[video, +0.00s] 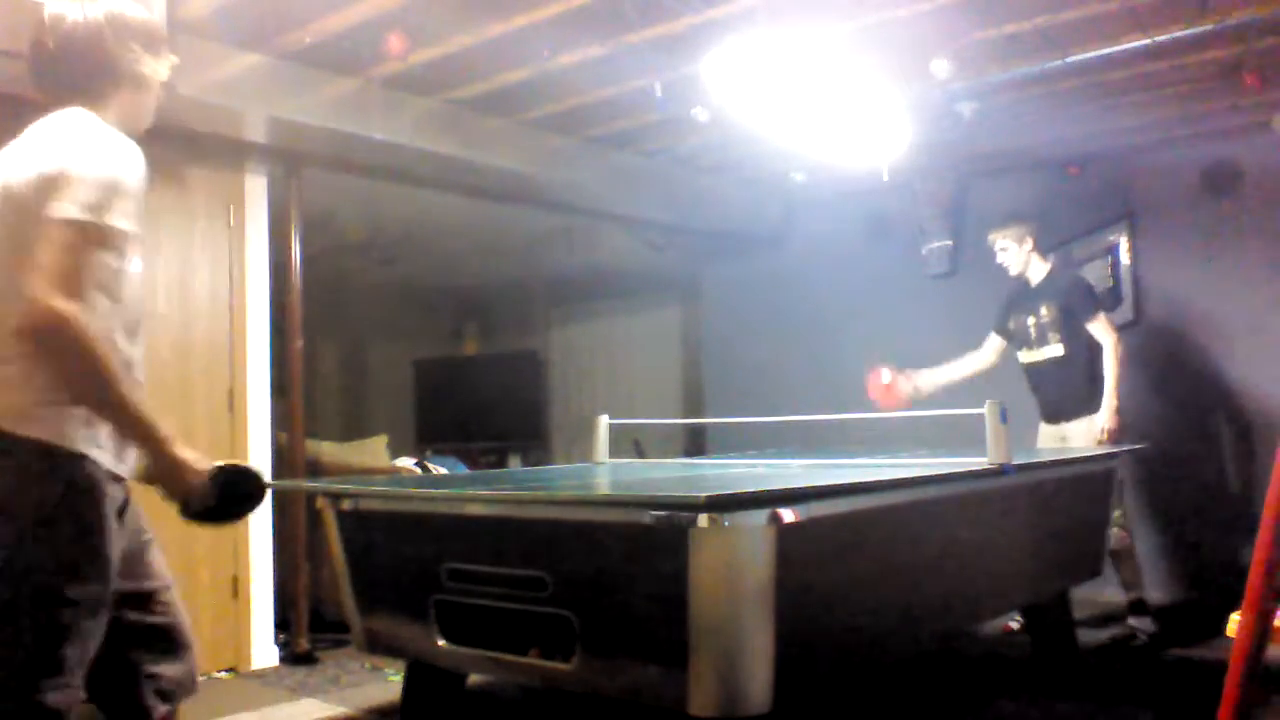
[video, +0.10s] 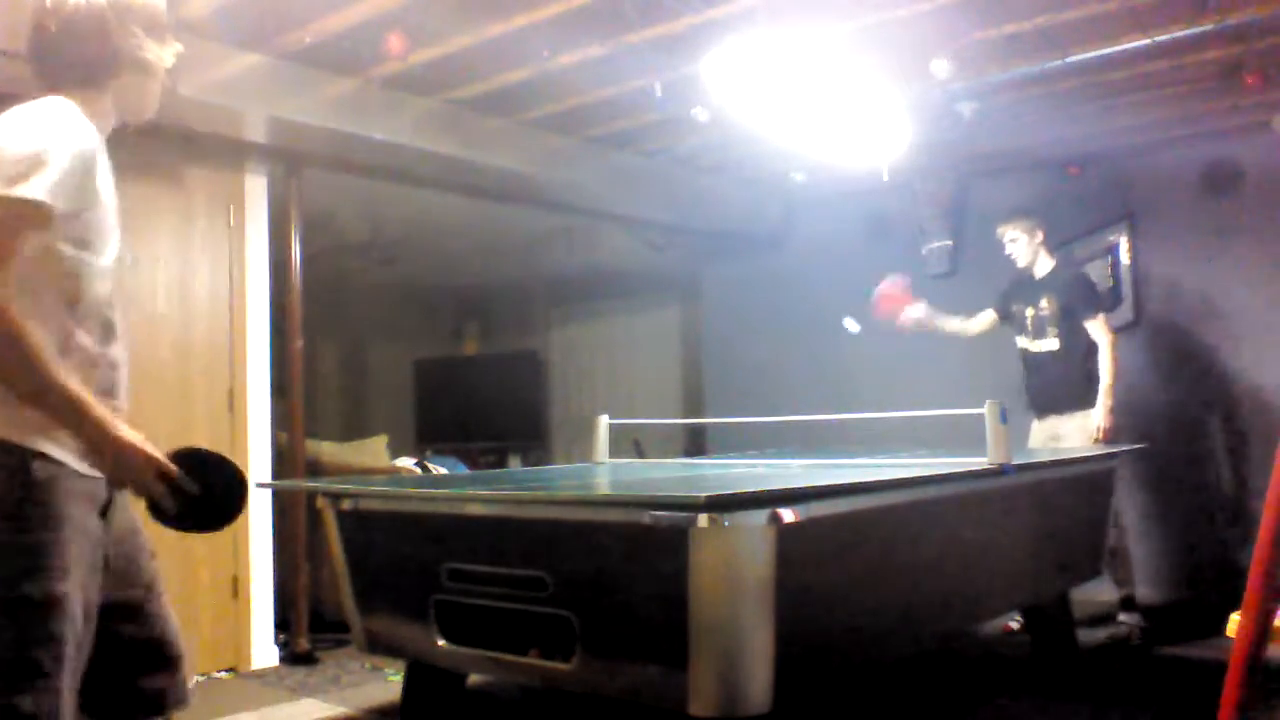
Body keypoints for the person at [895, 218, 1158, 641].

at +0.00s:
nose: (1000, 260)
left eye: (1005, 250)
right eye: (996, 253)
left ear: (1030, 243)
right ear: (1004, 254)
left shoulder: (1068, 286)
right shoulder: (1014, 302)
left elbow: (1112, 342)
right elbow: (985, 357)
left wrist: (1110, 409)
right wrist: (922, 380)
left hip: (1091, 422)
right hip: (1051, 428)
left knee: (1107, 519)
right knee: (1046, 520)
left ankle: (1138, 608)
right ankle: (1038, 609)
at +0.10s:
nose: (1009, 251)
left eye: (1014, 241)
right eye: (1005, 244)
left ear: (1039, 236)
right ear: (1010, 247)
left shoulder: (1071, 281)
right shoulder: (1015, 289)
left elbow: (1105, 340)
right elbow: (973, 326)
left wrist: (1105, 408)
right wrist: (930, 317)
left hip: (1083, 417)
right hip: (1042, 420)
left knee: (1100, 509)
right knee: (1038, 512)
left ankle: (1126, 602)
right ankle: (1035, 606)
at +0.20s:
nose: (1020, 245)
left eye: (1026, 235)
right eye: (1016, 239)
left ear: (1050, 233)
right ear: (1014, 243)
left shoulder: (1079, 281)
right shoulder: (1017, 285)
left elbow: (1107, 345)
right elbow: (966, 313)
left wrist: (1096, 407)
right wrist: (944, 286)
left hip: (1081, 416)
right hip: (1039, 420)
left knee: (1099, 511)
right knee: (1035, 514)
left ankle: (1124, 603)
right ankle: (1034, 607)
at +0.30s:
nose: (1031, 244)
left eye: (1038, 235)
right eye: (1026, 238)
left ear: (1059, 234)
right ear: (1023, 242)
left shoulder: (1087, 285)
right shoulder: (1021, 283)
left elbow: (1110, 350)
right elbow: (964, 312)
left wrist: (1091, 409)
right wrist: (956, 273)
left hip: (1081, 418)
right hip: (1034, 422)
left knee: (1101, 512)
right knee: (1033, 518)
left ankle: (1127, 602)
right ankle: (1036, 609)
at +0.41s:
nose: (1038, 243)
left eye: (1045, 234)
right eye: (1032, 236)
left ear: (1063, 233)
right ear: (1026, 241)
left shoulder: (1091, 287)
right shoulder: (1022, 283)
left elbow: (1108, 354)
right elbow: (972, 319)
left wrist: (1091, 416)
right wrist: (963, 284)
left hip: (1077, 422)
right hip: (1030, 424)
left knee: (1092, 515)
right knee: (1028, 517)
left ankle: (1127, 605)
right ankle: (1031, 609)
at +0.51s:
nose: (1035, 243)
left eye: (1043, 234)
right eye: (1029, 237)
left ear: (1061, 236)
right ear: (1024, 241)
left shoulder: (1088, 290)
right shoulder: (1018, 289)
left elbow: (1102, 360)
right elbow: (976, 336)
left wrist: (1096, 421)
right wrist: (965, 307)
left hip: (1076, 423)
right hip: (1027, 425)